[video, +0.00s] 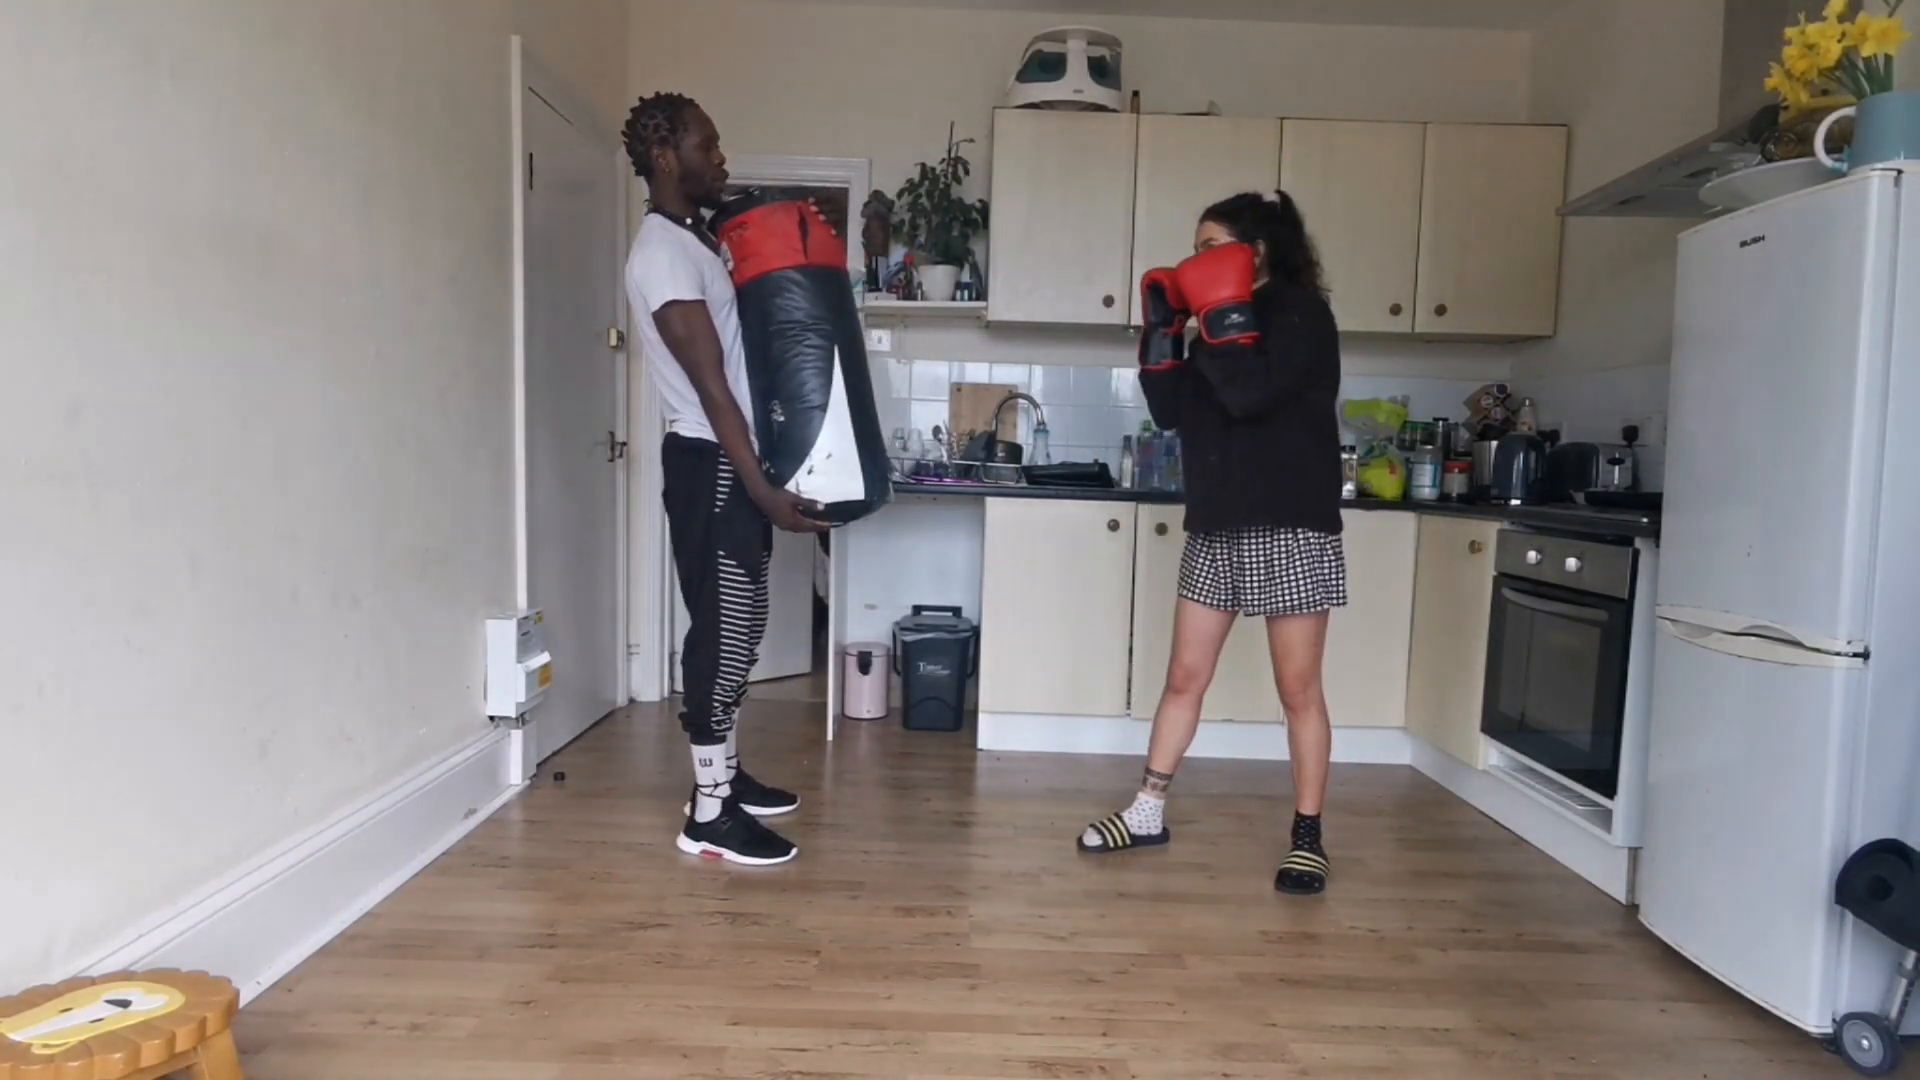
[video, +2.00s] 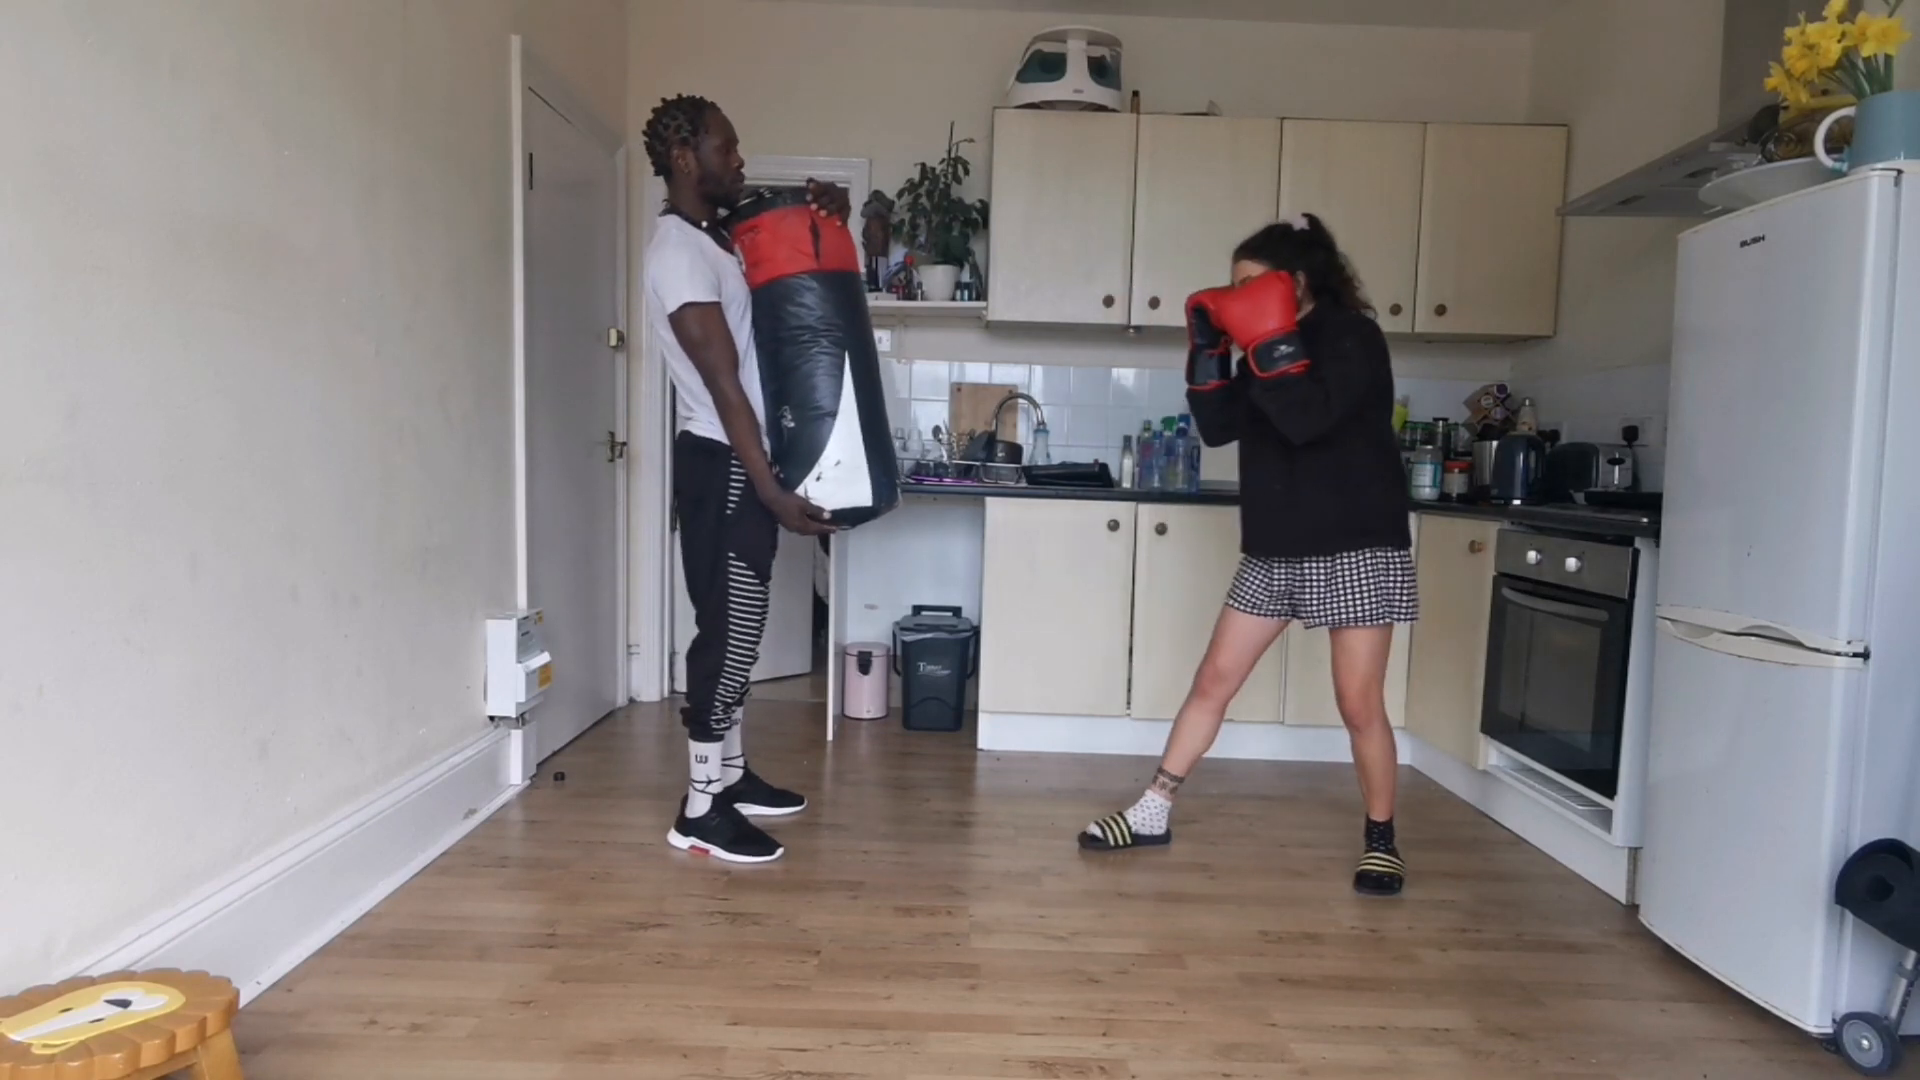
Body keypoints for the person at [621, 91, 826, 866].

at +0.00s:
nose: (723, 159)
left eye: (718, 145)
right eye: (707, 146)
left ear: (670, 159)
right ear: (664, 157)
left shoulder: (694, 240)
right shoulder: (662, 249)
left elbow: (744, 337)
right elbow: (708, 381)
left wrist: (766, 243)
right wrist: (759, 482)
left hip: (731, 452)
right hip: (706, 457)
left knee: (736, 617)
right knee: (729, 622)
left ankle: (722, 776)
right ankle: (709, 812)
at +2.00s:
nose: (741, 162)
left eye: (737, 148)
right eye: (726, 148)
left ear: (692, 159)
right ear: (683, 157)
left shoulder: (713, 239)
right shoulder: (677, 247)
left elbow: (785, 302)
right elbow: (721, 379)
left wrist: (820, 220)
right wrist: (770, 484)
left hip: (746, 451)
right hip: (719, 455)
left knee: (738, 620)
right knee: (732, 623)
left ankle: (726, 774)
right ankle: (703, 804)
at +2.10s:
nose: (741, 163)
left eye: (738, 149)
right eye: (728, 149)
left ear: (691, 159)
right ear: (683, 157)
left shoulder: (712, 241)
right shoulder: (676, 247)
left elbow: (781, 310)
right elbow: (720, 379)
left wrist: (818, 224)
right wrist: (769, 484)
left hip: (745, 452)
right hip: (718, 456)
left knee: (737, 622)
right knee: (731, 626)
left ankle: (727, 775)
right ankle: (702, 804)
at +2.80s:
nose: (752, 167)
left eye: (750, 152)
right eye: (738, 153)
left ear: (703, 163)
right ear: (691, 160)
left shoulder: (723, 243)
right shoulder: (683, 247)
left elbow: (794, 316)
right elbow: (720, 378)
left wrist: (834, 230)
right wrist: (767, 489)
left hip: (746, 451)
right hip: (716, 456)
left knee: (744, 622)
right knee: (728, 625)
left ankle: (730, 774)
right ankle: (701, 804)